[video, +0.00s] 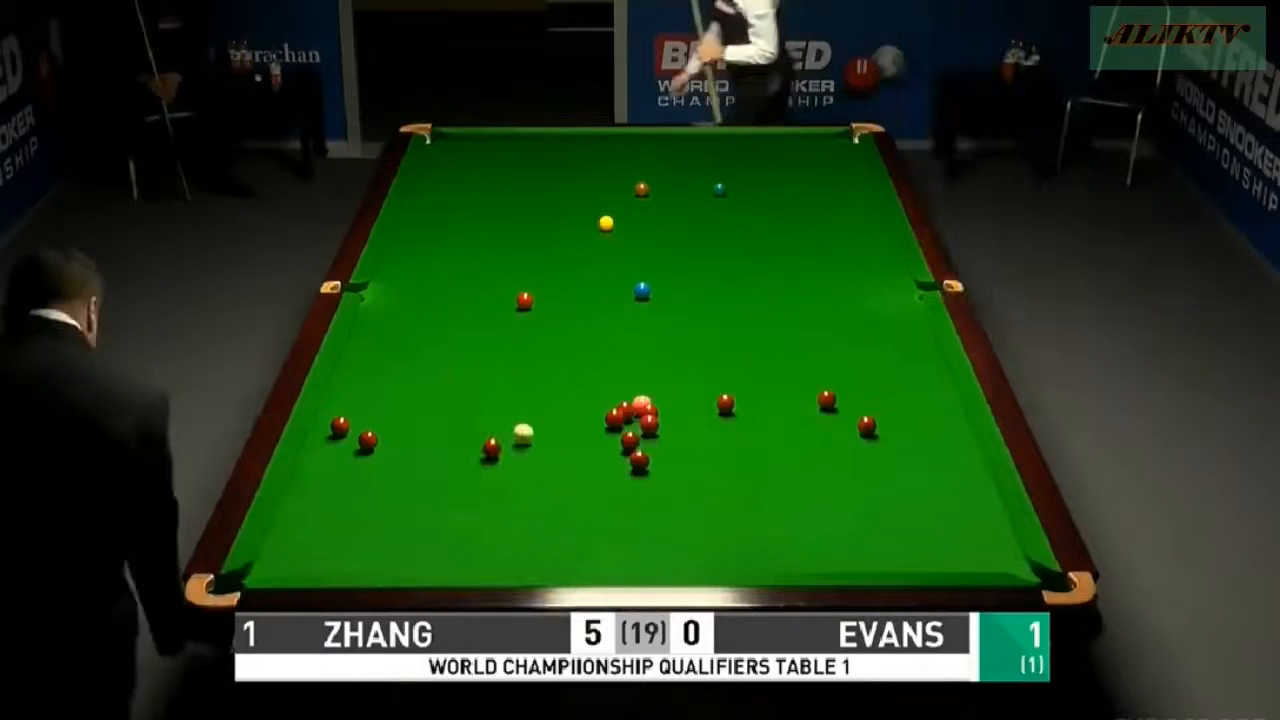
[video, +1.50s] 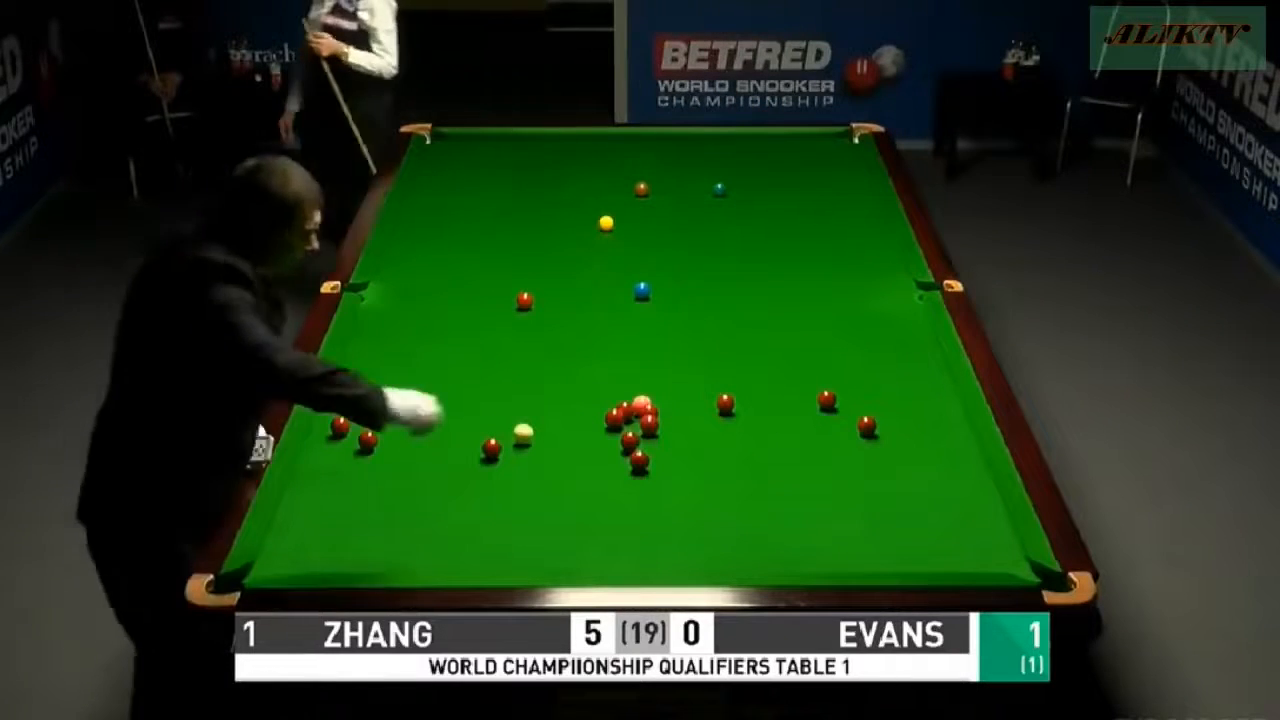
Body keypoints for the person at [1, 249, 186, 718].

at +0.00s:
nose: (99, 324)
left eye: (97, 310)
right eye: (98, 309)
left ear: (14, 308)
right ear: (88, 312)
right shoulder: (125, 399)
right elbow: (150, 533)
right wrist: (171, 631)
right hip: (84, 623)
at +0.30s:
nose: (139, 342)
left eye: (142, 331)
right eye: (142, 329)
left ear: (72, 301)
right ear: (130, 321)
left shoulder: (5, 338)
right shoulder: (134, 402)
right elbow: (160, 532)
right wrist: (198, 625)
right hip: (50, 606)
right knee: (55, 716)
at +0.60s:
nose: (182, 345)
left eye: (187, 336)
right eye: (187, 334)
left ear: (122, 289)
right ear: (175, 324)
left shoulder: (33, 310)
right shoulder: (163, 396)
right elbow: (188, 520)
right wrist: (218, 590)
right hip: (47, 572)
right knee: (65, 710)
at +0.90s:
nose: (218, 297)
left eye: (221, 285)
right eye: (216, 285)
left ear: (136, 253)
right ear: (184, 283)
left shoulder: (34, 275)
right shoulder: (165, 368)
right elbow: (167, 510)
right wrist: (186, 596)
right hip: (62, 565)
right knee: (74, 708)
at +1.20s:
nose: (246, 257)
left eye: (247, 245)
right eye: (240, 246)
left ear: (177, 231)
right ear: (201, 242)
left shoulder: (94, 277)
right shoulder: (162, 316)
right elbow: (158, 442)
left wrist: (197, 444)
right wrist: (207, 485)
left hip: (69, 517)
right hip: (121, 536)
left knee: (102, 669)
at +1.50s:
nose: (314, 242)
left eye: (315, 230)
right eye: (306, 231)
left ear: (252, 220)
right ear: (268, 229)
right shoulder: (210, 284)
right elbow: (271, 363)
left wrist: (236, 436)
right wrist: (379, 402)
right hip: (144, 507)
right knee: (176, 655)